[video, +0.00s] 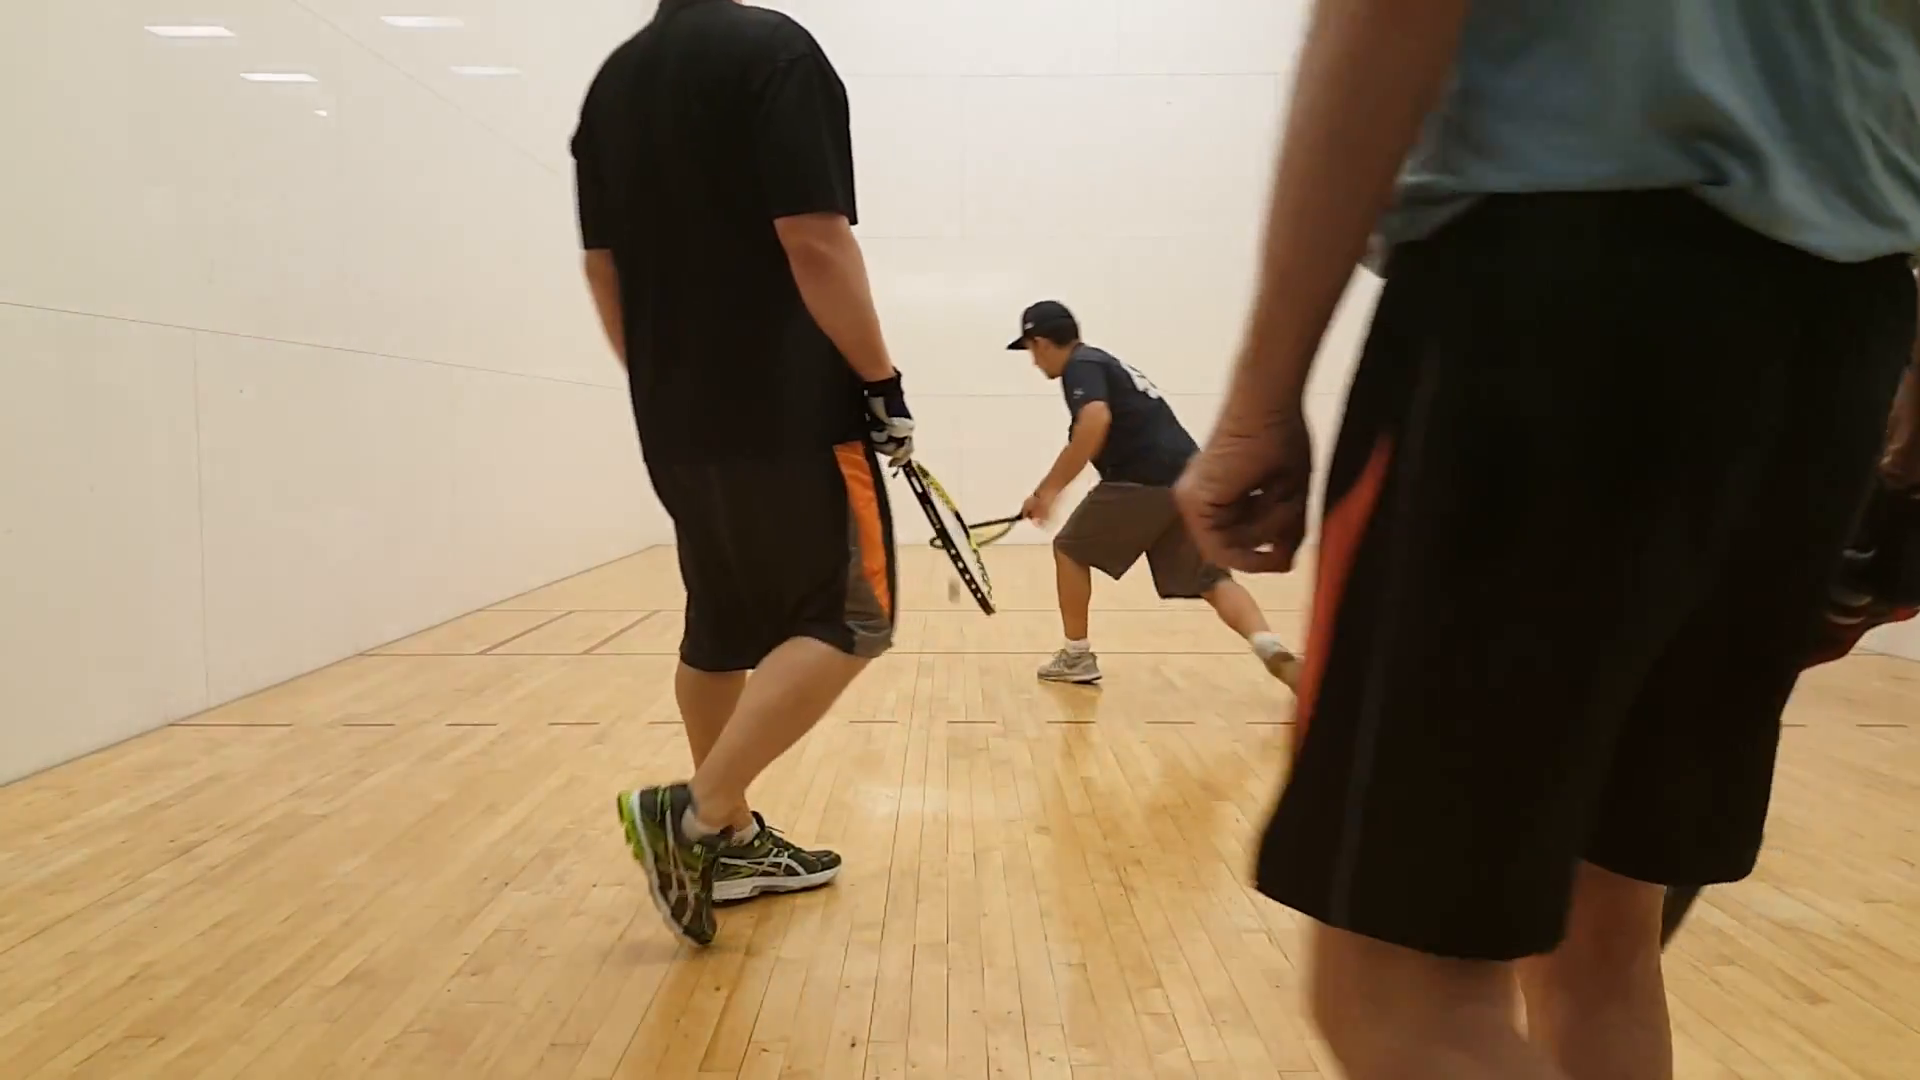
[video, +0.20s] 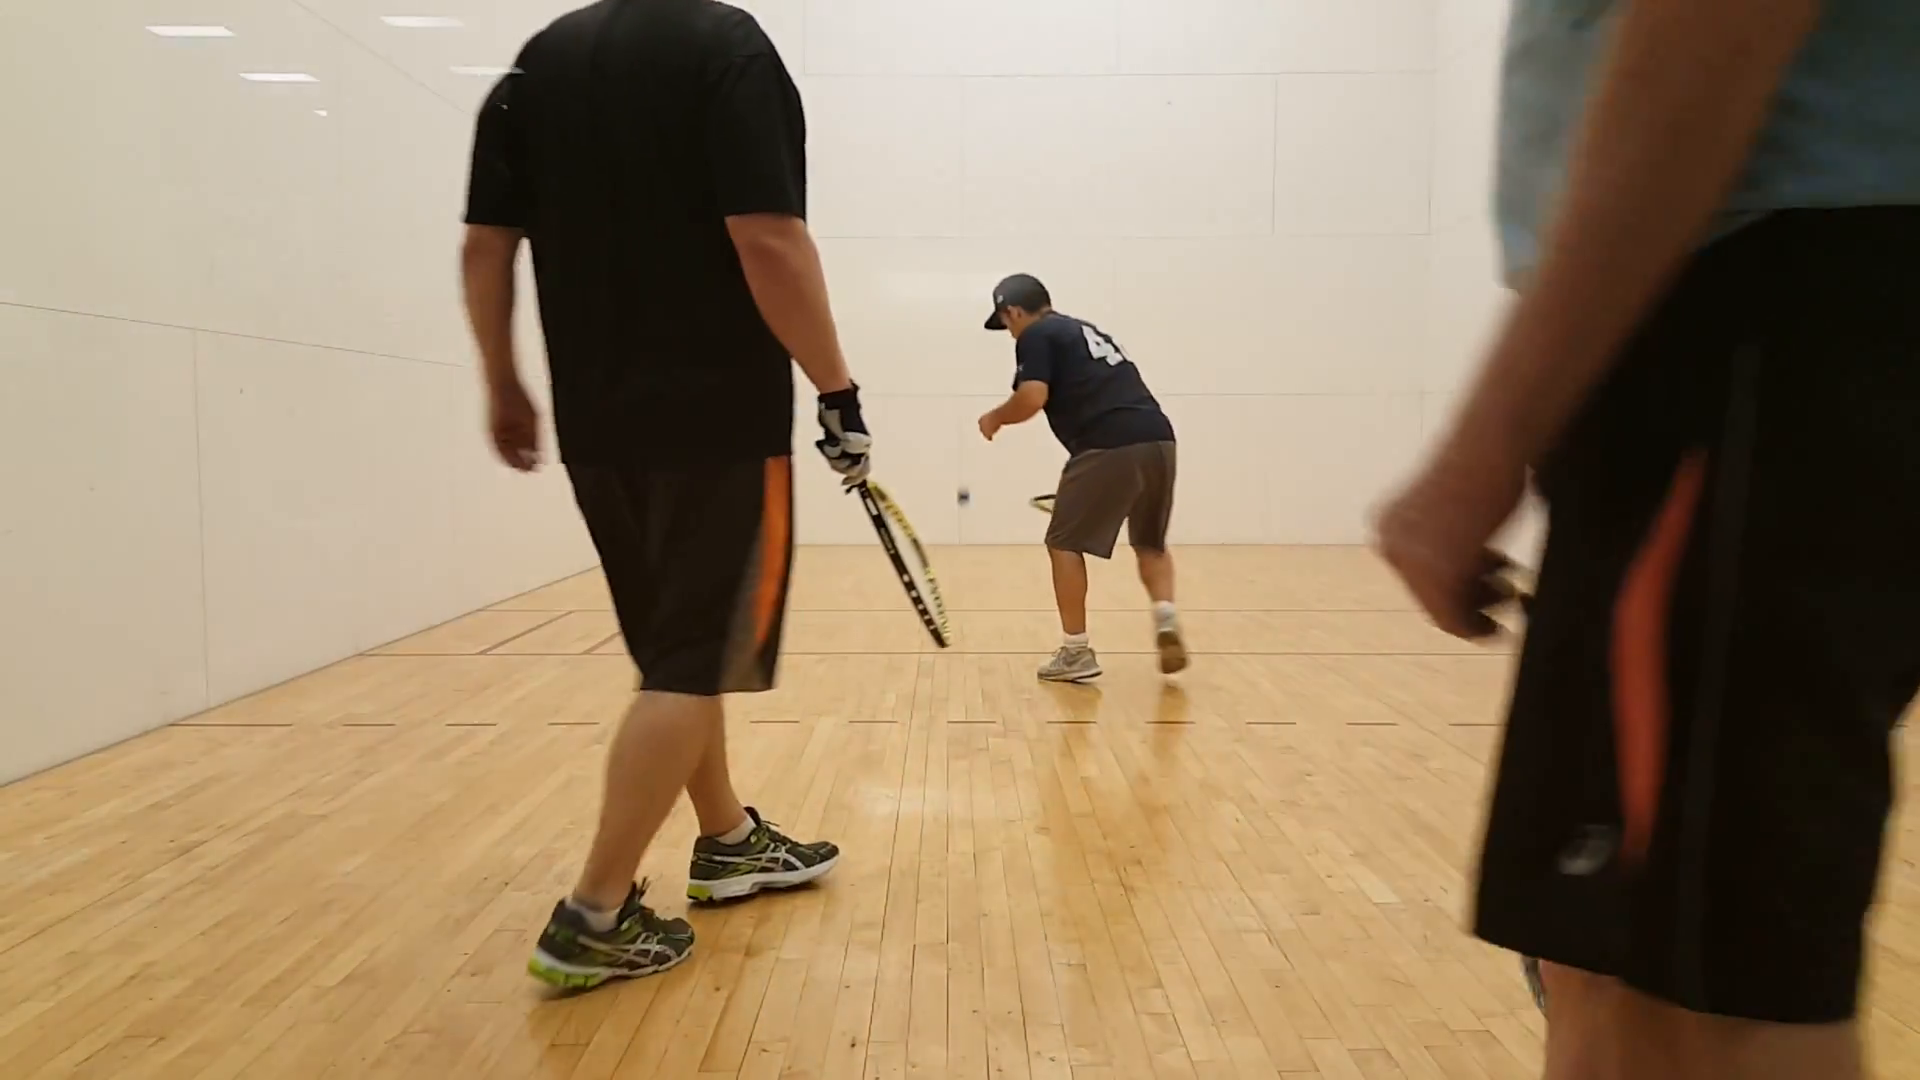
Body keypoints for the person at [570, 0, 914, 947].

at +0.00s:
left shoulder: (613, 81)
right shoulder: (779, 52)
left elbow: (605, 270)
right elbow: (817, 242)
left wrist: (662, 381)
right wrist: (884, 380)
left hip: (677, 409)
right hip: (788, 402)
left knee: (721, 618)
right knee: (855, 618)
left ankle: (732, 835)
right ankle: (694, 813)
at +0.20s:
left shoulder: (540, 61)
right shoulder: (732, 47)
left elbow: (487, 243)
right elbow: (767, 238)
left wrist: (501, 379)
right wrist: (839, 393)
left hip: (597, 417)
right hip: (715, 415)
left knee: (678, 641)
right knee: (691, 659)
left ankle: (729, 838)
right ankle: (595, 914)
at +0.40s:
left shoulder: (467, 16)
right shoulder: (676, 13)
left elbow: (372, 164)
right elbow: (699, 170)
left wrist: (296, 319)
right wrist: (770, 354)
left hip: (507, 386)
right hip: (641, 391)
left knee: (577, 645)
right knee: (612, 668)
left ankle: (604, 853)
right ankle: (580, 934)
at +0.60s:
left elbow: (256, 87)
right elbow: (584, 84)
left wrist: (110, 225)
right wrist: (677, 278)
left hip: (414, 374)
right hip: (569, 376)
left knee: (428, 641)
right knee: (590, 656)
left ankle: (347, 870)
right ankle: (585, 926)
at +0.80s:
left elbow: (98, 123)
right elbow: (508, 87)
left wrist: (63, 252)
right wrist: (642, 273)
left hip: (304, 381)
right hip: (477, 387)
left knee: (250, 659)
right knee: (530, 657)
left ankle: (124, 985)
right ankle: (581, 923)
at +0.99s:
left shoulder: (112, 14)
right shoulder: (389, 2)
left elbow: (80, 153)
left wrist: (155, 231)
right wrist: (517, 220)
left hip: (149, 378)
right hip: (345, 373)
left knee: (125, 707)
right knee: (437, 664)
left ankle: (91, 1034)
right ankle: (550, 919)